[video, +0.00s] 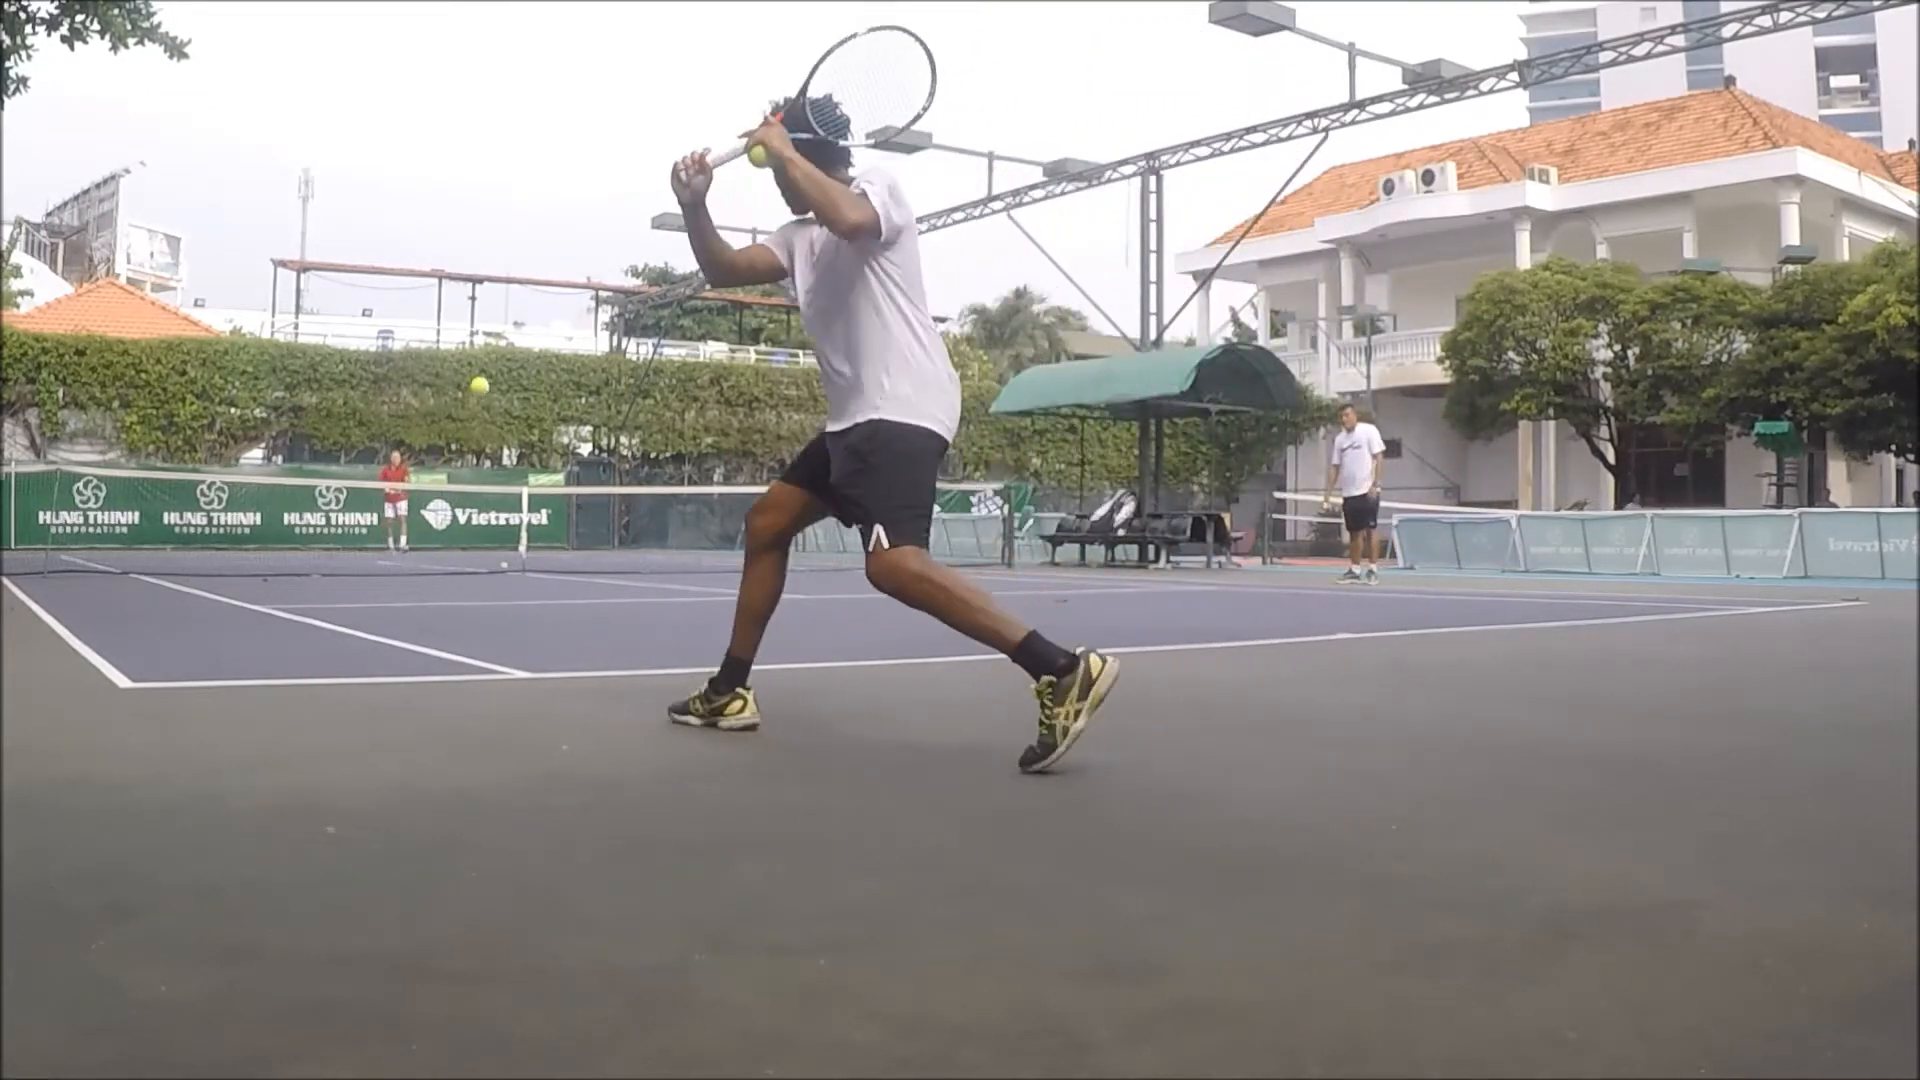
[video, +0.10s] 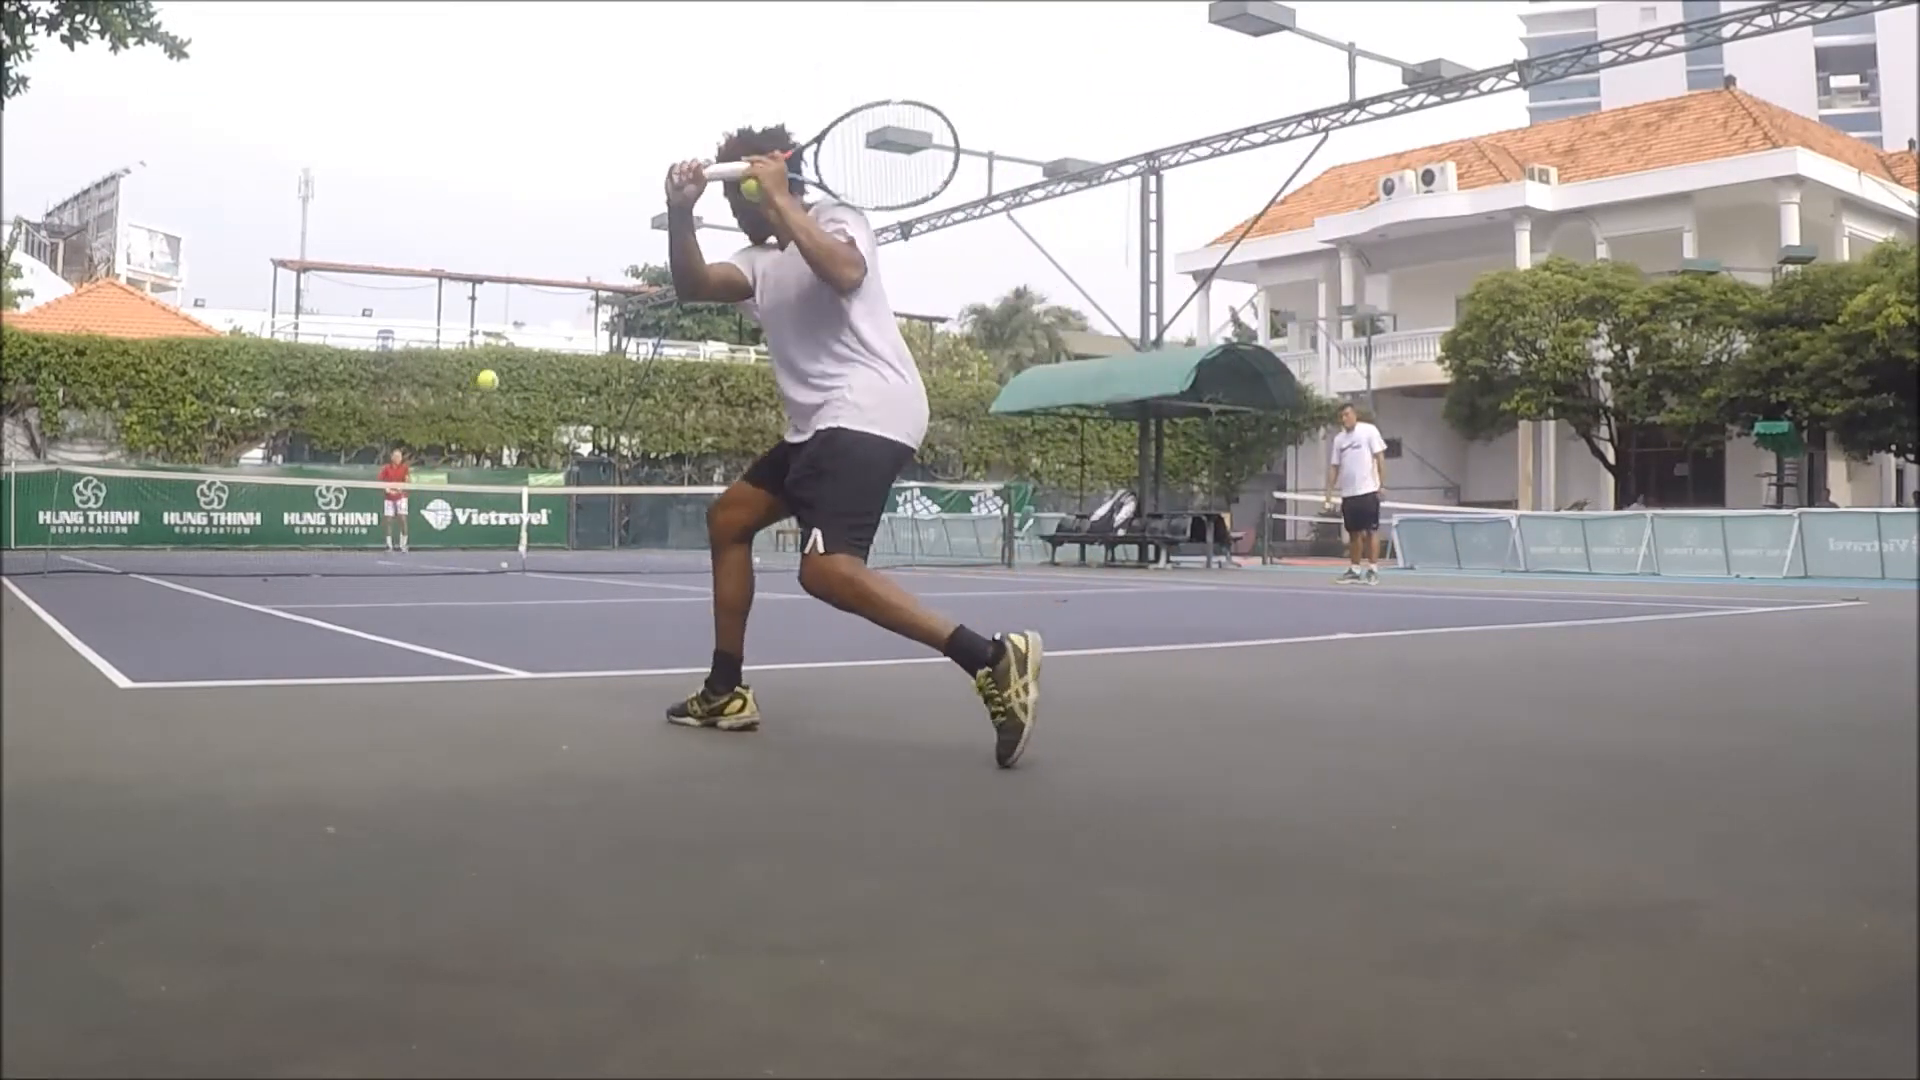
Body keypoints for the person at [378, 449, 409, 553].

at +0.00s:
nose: (396, 460)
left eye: (397, 457)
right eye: (394, 457)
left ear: (400, 459)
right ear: (390, 459)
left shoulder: (404, 469)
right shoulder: (385, 469)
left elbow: (406, 483)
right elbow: (381, 482)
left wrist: (399, 489)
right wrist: (388, 490)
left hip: (401, 498)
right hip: (389, 498)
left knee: (402, 518)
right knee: (389, 520)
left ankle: (403, 542)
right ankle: (390, 540)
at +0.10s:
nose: (397, 458)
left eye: (399, 456)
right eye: (395, 456)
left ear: (402, 457)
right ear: (391, 457)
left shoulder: (404, 468)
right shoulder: (386, 468)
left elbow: (407, 482)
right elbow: (380, 480)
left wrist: (399, 489)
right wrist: (388, 489)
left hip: (401, 496)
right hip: (389, 496)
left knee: (402, 517)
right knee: (388, 518)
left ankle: (403, 542)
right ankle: (388, 542)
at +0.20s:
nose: (398, 462)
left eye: (400, 460)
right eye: (396, 460)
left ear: (403, 461)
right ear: (393, 461)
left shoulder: (405, 471)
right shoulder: (387, 471)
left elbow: (407, 483)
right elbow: (381, 484)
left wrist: (401, 492)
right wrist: (389, 494)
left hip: (401, 500)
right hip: (389, 499)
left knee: (402, 521)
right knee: (387, 521)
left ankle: (404, 542)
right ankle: (387, 542)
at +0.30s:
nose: (399, 465)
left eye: (401, 463)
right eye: (397, 463)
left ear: (404, 464)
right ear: (394, 464)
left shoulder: (406, 475)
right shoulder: (388, 474)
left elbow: (409, 488)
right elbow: (384, 487)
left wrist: (401, 497)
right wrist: (391, 497)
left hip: (402, 503)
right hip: (390, 503)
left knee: (403, 524)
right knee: (389, 523)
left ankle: (403, 543)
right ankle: (388, 542)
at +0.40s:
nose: (403, 462)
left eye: (405, 459)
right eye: (401, 459)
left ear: (407, 461)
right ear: (397, 460)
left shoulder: (410, 471)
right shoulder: (391, 471)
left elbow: (411, 484)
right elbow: (388, 484)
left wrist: (404, 494)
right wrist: (396, 494)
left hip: (406, 498)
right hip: (393, 498)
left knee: (407, 520)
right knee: (391, 519)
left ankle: (405, 542)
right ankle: (388, 542)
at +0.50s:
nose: (407, 461)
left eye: (409, 458)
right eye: (405, 458)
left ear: (411, 460)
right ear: (400, 459)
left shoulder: (412, 470)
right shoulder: (395, 470)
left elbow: (414, 483)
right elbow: (391, 484)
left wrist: (407, 494)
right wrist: (399, 495)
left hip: (408, 494)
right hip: (396, 495)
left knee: (412, 517)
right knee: (392, 517)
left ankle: (412, 542)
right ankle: (387, 542)